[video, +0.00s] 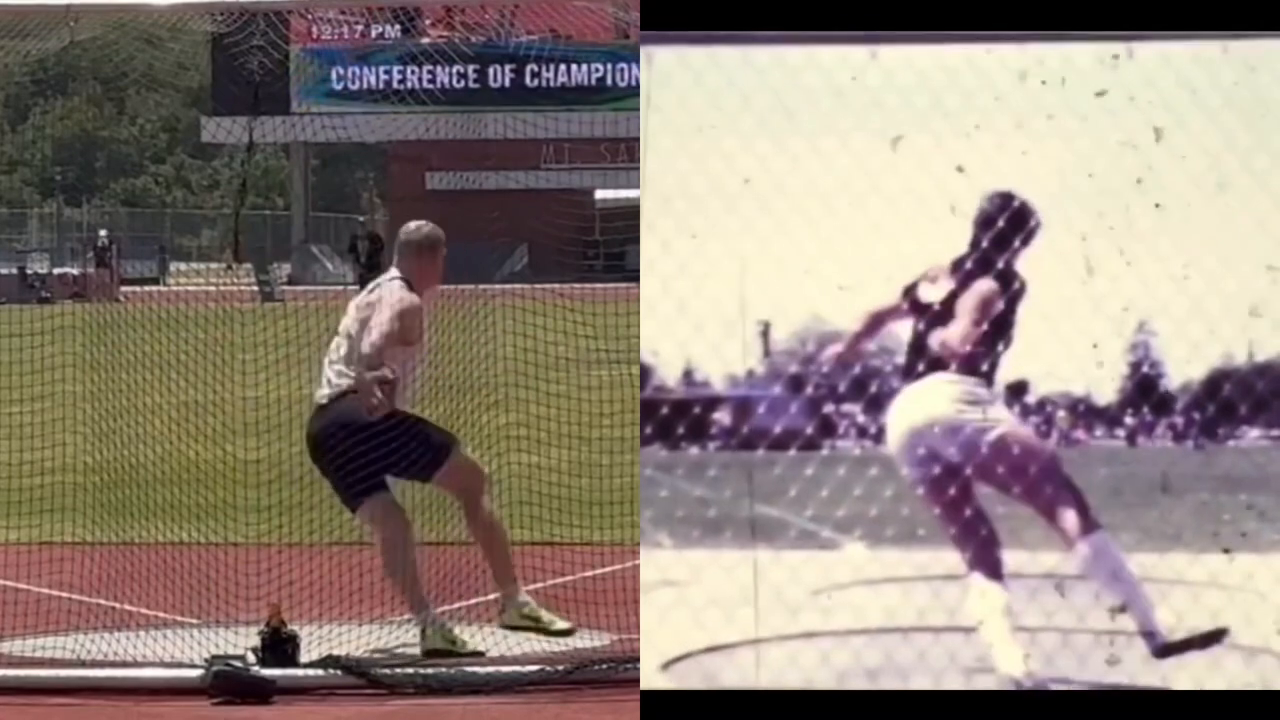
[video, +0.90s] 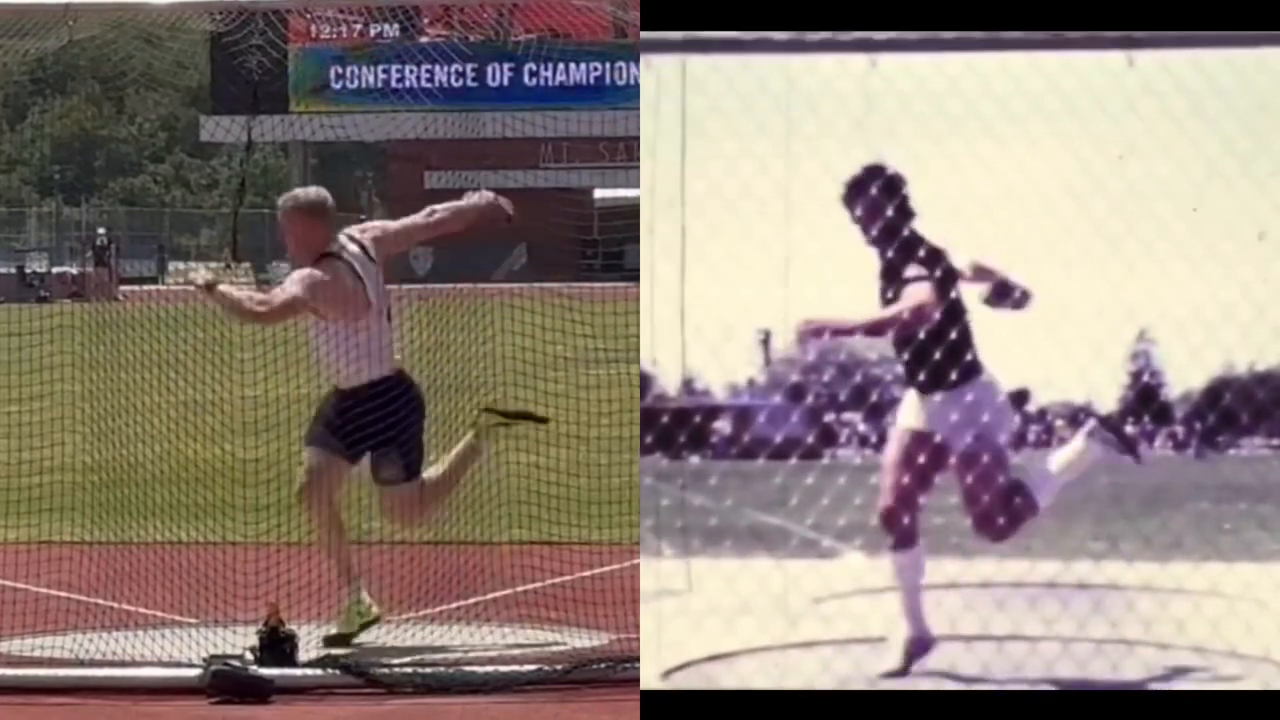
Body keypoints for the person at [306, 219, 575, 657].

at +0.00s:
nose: (442, 270)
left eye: (442, 261)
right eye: (441, 261)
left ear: (399, 257)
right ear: (430, 260)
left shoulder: (373, 292)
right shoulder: (401, 296)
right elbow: (374, 338)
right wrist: (369, 377)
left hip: (325, 428)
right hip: (367, 414)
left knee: (390, 524)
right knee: (471, 482)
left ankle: (430, 626)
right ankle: (514, 601)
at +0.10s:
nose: (424, 257)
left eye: (422, 249)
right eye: (424, 249)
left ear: (378, 246)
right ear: (416, 249)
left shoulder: (348, 284)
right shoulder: (401, 282)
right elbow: (405, 337)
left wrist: (316, 353)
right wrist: (422, 365)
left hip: (328, 415)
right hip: (377, 403)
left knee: (385, 532)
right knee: (471, 478)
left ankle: (427, 624)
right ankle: (493, 596)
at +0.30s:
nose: (400, 237)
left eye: (396, 230)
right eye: (399, 230)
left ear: (355, 232)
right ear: (394, 231)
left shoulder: (323, 273)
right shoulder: (393, 271)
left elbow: (252, 304)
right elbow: (424, 306)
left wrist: (260, 326)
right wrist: (464, 333)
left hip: (336, 404)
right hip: (389, 394)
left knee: (384, 516)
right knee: (447, 474)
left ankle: (429, 610)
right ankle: (454, 602)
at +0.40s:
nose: (382, 221)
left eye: (378, 214)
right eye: (381, 215)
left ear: (331, 222)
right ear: (375, 219)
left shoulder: (303, 266)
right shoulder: (392, 260)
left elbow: (222, 302)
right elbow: (449, 287)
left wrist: (230, 305)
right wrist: (508, 303)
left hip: (347, 398)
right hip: (400, 385)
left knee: (401, 516)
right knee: (417, 492)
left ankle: (447, 589)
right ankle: (414, 593)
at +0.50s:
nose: (339, 216)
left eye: (319, 209)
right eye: (350, 206)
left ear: (310, 216)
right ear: (356, 211)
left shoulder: (288, 264)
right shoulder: (384, 252)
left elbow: (221, 299)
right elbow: (460, 265)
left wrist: (199, 296)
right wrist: (528, 273)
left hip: (361, 398)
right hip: (407, 385)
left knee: (413, 513)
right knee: (375, 486)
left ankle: (465, 549)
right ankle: (385, 596)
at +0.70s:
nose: (293, 222)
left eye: (294, 213)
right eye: (296, 212)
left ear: (303, 215)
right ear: (341, 210)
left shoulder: (286, 266)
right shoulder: (379, 245)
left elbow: (223, 301)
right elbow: (465, 247)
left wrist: (190, 290)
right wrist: (534, 245)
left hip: (374, 400)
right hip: (401, 387)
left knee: (415, 515)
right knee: (337, 473)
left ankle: (485, 499)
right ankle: (364, 600)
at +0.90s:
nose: (285, 239)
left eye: (290, 229)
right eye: (284, 229)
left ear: (313, 229)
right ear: (319, 226)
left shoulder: (314, 280)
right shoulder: (363, 239)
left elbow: (262, 312)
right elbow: (431, 220)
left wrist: (216, 291)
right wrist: (481, 202)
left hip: (387, 399)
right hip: (347, 400)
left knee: (404, 510)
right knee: (315, 491)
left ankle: (479, 437)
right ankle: (357, 603)